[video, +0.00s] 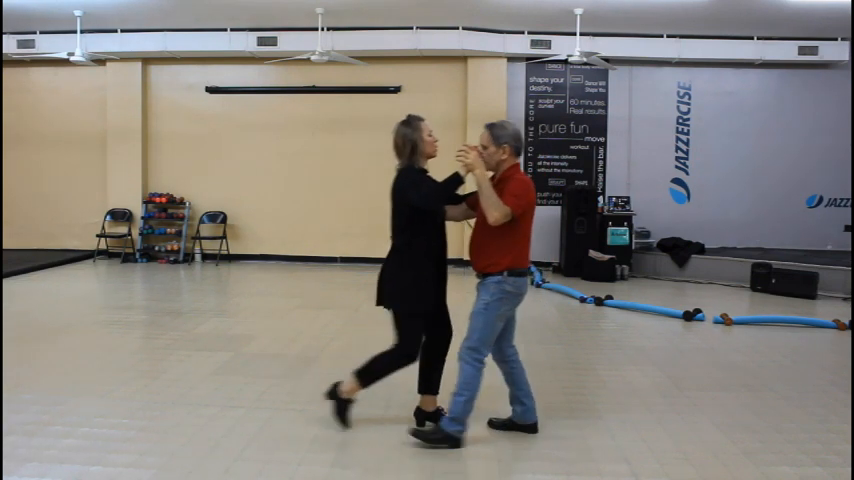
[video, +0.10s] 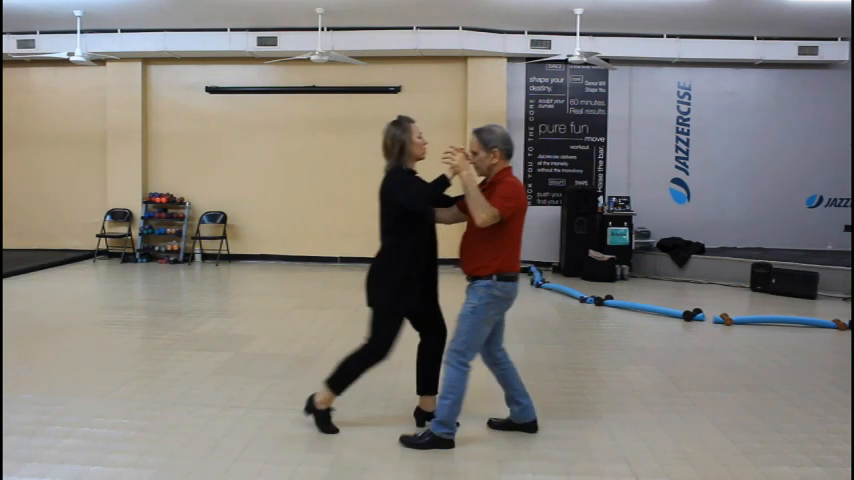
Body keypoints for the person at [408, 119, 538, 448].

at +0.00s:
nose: (479, 153)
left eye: (485, 148)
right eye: (480, 148)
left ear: (505, 151)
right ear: (501, 151)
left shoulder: (520, 183)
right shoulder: (496, 181)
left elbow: (496, 215)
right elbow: (461, 211)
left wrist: (481, 175)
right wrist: (424, 205)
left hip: (504, 280)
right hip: (496, 278)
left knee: (472, 353)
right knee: (503, 350)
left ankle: (452, 428)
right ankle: (525, 417)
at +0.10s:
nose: (469, 160)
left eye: (475, 154)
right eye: (469, 154)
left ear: (496, 155)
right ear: (494, 156)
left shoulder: (511, 187)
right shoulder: (488, 186)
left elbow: (484, 217)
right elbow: (450, 214)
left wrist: (467, 176)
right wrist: (413, 205)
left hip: (493, 284)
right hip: (487, 282)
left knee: (457, 355)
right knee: (493, 351)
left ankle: (442, 430)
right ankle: (524, 416)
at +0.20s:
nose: (460, 163)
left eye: (465, 157)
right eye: (460, 157)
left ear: (486, 158)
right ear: (486, 158)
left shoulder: (501, 190)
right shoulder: (479, 190)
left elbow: (473, 217)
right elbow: (441, 216)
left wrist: (453, 173)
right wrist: (403, 207)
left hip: (483, 287)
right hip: (479, 286)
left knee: (441, 356)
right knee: (481, 353)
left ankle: (440, 430)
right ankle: (522, 414)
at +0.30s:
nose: (456, 160)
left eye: (461, 154)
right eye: (456, 154)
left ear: (481, 157)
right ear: (479, 157)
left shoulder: (494, 189)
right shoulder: (473, 188)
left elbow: (464, 218)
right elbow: (433, 216)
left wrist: (447, 174)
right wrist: (395, 208)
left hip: (480, 288)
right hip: (475, 286)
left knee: (437, 356)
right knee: (475, 352)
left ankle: (440, 431)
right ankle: (519, 409)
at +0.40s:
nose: (454, 155)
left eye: (459, 150)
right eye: (455, 149)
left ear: (478, 155)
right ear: (477, 156)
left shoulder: (492, 188)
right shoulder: (470, 187)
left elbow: (463, 219)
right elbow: (431, 215)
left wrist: (448, 178)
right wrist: (392, 208)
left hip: (481, 287)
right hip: (475, 285)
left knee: (439, 356)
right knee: (476, 352)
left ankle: (440, 431)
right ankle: (518, 410)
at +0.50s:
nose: (456, 149)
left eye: (462, 145)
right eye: (458, 144)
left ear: (481, 154)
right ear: (479, 154)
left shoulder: (496, 188)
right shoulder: (472, 187)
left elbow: (470, 219)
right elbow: (434, 214)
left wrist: (452, 177)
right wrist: (395, 207)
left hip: (486, 285)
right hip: (479, 283)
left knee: (448, 354)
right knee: (481, 352)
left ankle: (440, 430)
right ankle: (514, 415)